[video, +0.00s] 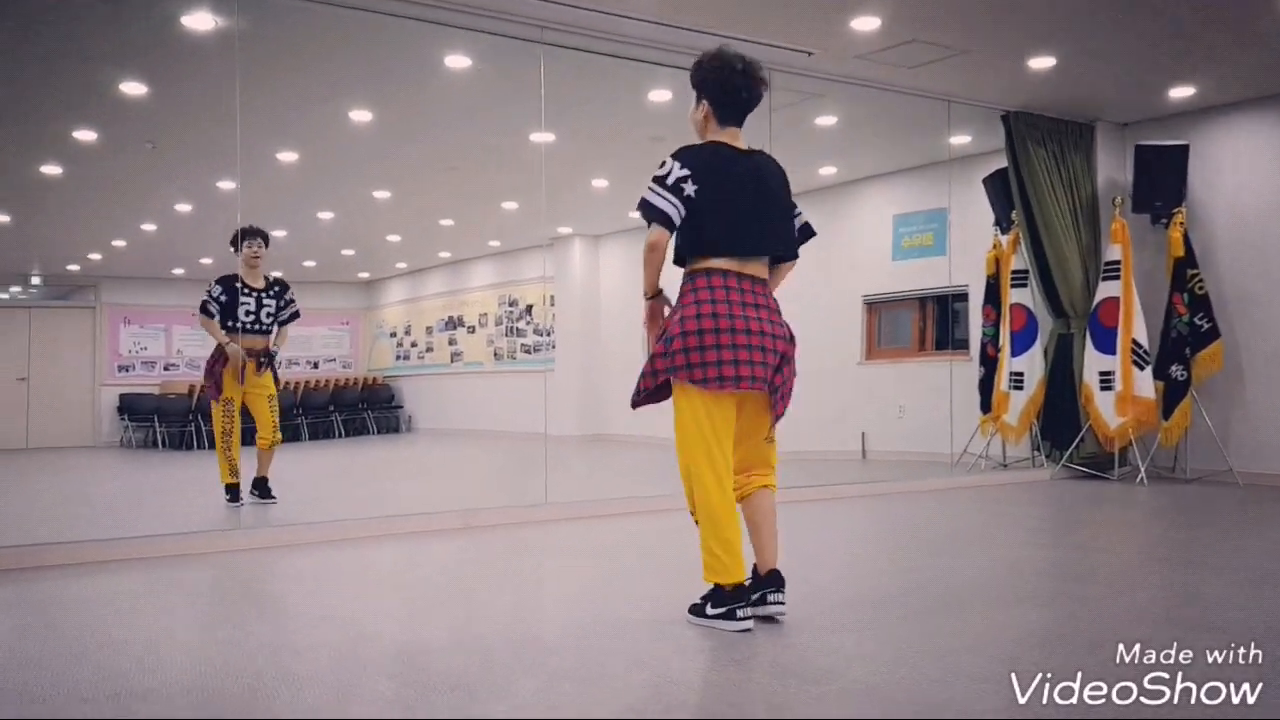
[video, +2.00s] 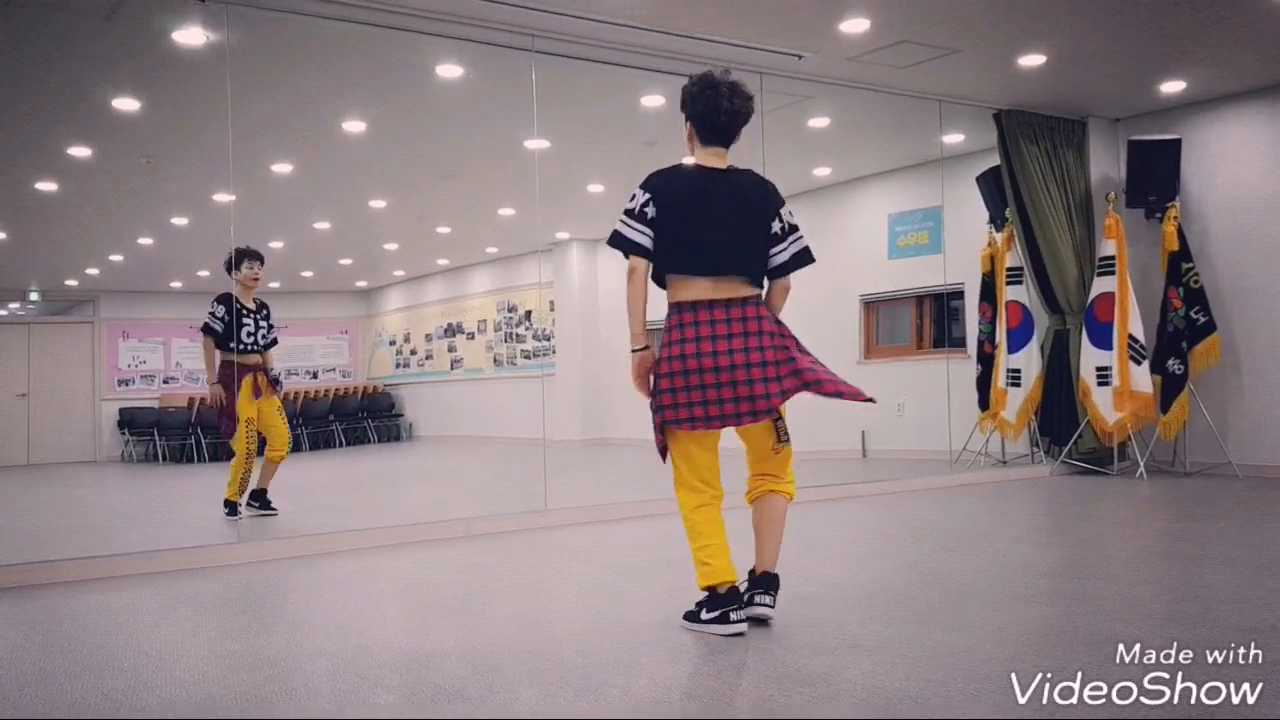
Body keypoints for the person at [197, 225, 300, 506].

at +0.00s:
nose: (256, 250)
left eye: (260, 245)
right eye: (249, 246)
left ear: (267, 251)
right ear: (238, 252)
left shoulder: (278, 288)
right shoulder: (225, 284)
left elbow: (284, 326)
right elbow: (206, 317)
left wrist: (274, 350)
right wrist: (228, 345)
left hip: (261, 364)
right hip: (228, 363)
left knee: (270, 429)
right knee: (227, 427)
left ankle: (261, 480)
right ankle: (231, 484)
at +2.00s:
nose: (255, 272)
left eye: (259, 267)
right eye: (249, 267)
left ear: (263, 272)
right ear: (235, 273)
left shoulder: (262, 307)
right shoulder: (225, 302)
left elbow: (266, 348)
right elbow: (208, 340)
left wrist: (271, 376)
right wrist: (212, 381)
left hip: (261, 377)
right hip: (235, 377)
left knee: (280, 439)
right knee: (247, 447)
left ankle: (259, 495)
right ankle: (232, 500)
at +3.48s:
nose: (263, 278)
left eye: (268, 273)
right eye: (258, 273)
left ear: (273, 275)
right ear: (247, 272)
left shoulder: (278, 305)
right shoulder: (228, 300)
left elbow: (283, 341)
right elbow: (204, 330)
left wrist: (274, 362)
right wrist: (231, 356)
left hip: (265, 381)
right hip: (235, 381)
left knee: (280, 438)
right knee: (231, 445)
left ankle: (281, 496)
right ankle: (226, 502)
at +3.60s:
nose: (265, 271)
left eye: (270, 267)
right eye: (259, 266)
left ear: (275, 273)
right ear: (247, 271)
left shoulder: (284, 307)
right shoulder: (232, 304)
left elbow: (294, 345)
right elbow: (201, 331)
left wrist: (278, 366)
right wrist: (232, 338)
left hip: (272, 383)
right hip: (239, 383)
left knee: (295, 435)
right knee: (233, 447)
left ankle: (319, 490)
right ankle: (227, 502)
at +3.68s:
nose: (268, 272)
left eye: (273, 268)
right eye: (262, 268)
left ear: (278, 275)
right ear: (251, 273)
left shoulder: (289, 307)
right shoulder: (237, 308)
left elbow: (302, 344)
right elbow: (210, 339)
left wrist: (287, 366)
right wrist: (233, 336)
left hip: (280, 385)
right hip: (247, 386)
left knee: (308, 437)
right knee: (237, 448)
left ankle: (330, 490)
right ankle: (228, 501)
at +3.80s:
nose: (282, 272)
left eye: (286, 268)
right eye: (276, 267)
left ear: (293, 274)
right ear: (266, 274)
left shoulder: (307, 304)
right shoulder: (256, 310)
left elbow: (324, 339)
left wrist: (309, 366)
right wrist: (245, 338)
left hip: (300, 381)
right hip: (267, 383)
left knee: (324, 441)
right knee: (245, 442)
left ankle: (338, 489)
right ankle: (231, 498)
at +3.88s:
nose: (291, 269)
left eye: (295, 265)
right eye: (285, 265)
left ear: (301, 270)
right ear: (275, 271)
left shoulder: (314, 298)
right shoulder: (267, 308)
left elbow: (337, 329)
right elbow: (265, 349)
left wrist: (324, 358)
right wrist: (252, 337)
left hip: (312, 375)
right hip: (280, 376)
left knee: (328, 438)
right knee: (254, 438)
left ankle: (338, 490)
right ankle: (237, 496)